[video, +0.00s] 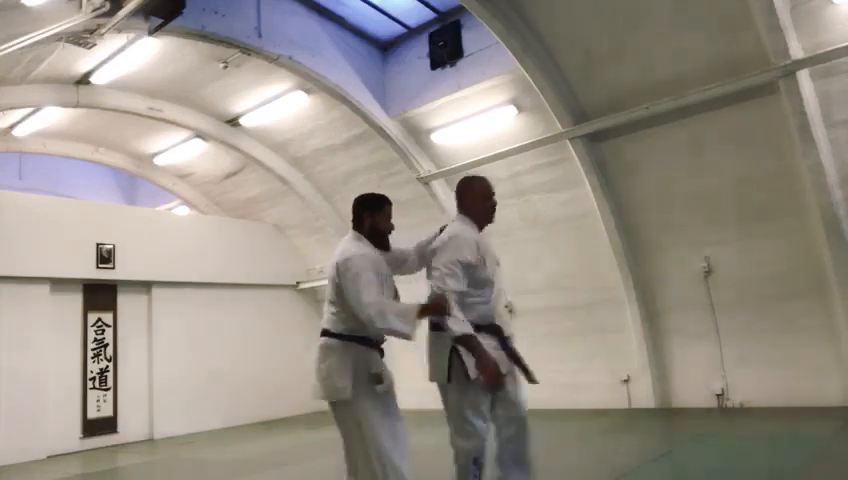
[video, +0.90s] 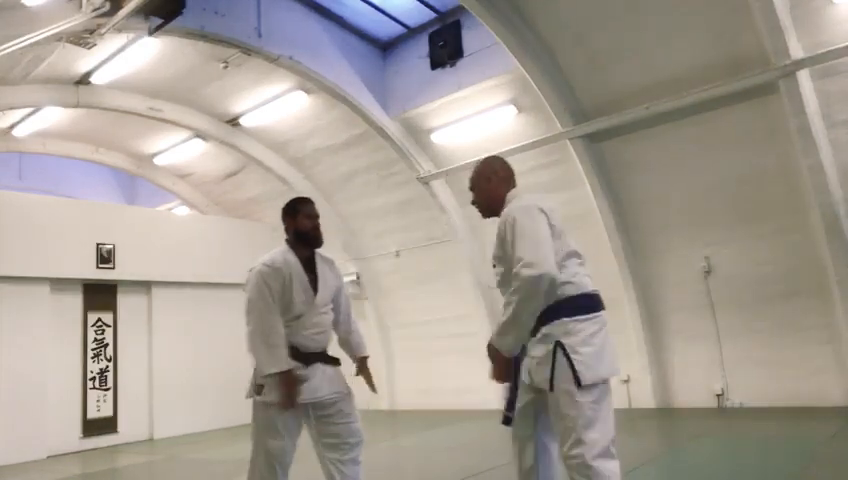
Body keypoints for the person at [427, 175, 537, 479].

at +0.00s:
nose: (495, 204)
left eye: (494, 197)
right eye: (489, 197)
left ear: (470, 201)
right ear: (469, 200)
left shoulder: (478, 239)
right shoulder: (456, 238)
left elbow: (485, 304)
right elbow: (444, 303)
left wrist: (507, 348)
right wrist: (479, 354)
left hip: (491, 345)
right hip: (462, 346)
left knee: (513, 422)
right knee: (472, 436)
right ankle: (471, 477)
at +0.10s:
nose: (494, 194)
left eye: (493, 188)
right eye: (486, 189)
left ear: (488, 193)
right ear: (466, 195)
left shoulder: (497, 237)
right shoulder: (452, 236)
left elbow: (509, 288)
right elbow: (427, 292)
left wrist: (537, 314)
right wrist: (455, 343)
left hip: (503, 340)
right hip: (468, 342)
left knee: (527, 425)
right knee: (476, 432)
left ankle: (541, 477)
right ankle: (468, 477)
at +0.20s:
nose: (484, 195)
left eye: (486, 188)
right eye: (475, 191)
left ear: (492, 192)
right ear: (458, 200)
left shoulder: (517, 240)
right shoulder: (449, 246)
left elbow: (547, 282)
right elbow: (413, 296)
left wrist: (582, 311)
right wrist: (426, 344)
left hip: (517, 343)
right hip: (478, 348)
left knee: (538, 434)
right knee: (493, 440)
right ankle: (481, 475)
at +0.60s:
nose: (447, 203)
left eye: (451, 193)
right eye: (445, 196)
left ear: (477, 185)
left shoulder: (522, 216)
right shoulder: (462, 246)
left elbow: (573, 262)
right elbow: (445, 306)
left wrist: (540, 307)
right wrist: (424, 362)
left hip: (542, 336)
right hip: (500, 340)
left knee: (544, 436)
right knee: (494, 436)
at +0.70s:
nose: (451, 201)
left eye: (455, 191)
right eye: (449, 193)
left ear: (480, 183)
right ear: (477, 185)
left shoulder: (521, 213)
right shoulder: (474, 243)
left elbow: (563, 265)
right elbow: (468, 307)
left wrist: (515, 318)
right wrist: (449, 368)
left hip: (546, 336)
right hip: (505, 342)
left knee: (544, 436)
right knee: (500, 440)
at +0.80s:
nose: (459, 195)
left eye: (463, 184)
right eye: (458, 186)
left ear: (486, 178)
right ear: (486, 180)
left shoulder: (524, 209)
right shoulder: (494, 233)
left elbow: (553, 265)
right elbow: (493, 303)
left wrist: (501, 326)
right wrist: (482, 357)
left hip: (559, 339)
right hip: (526, 346)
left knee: (566, 447)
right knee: (519, 447)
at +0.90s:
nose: (472, 198)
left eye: (475, 187)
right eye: (471, 190)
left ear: (497, 180)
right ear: (502, 181)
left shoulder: (522, 210)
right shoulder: (518, 216)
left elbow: (538, 274)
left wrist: (503, 344)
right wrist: (507, 349)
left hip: (570, 333)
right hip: (547, 337)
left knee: (585, 452)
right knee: (529, 436)